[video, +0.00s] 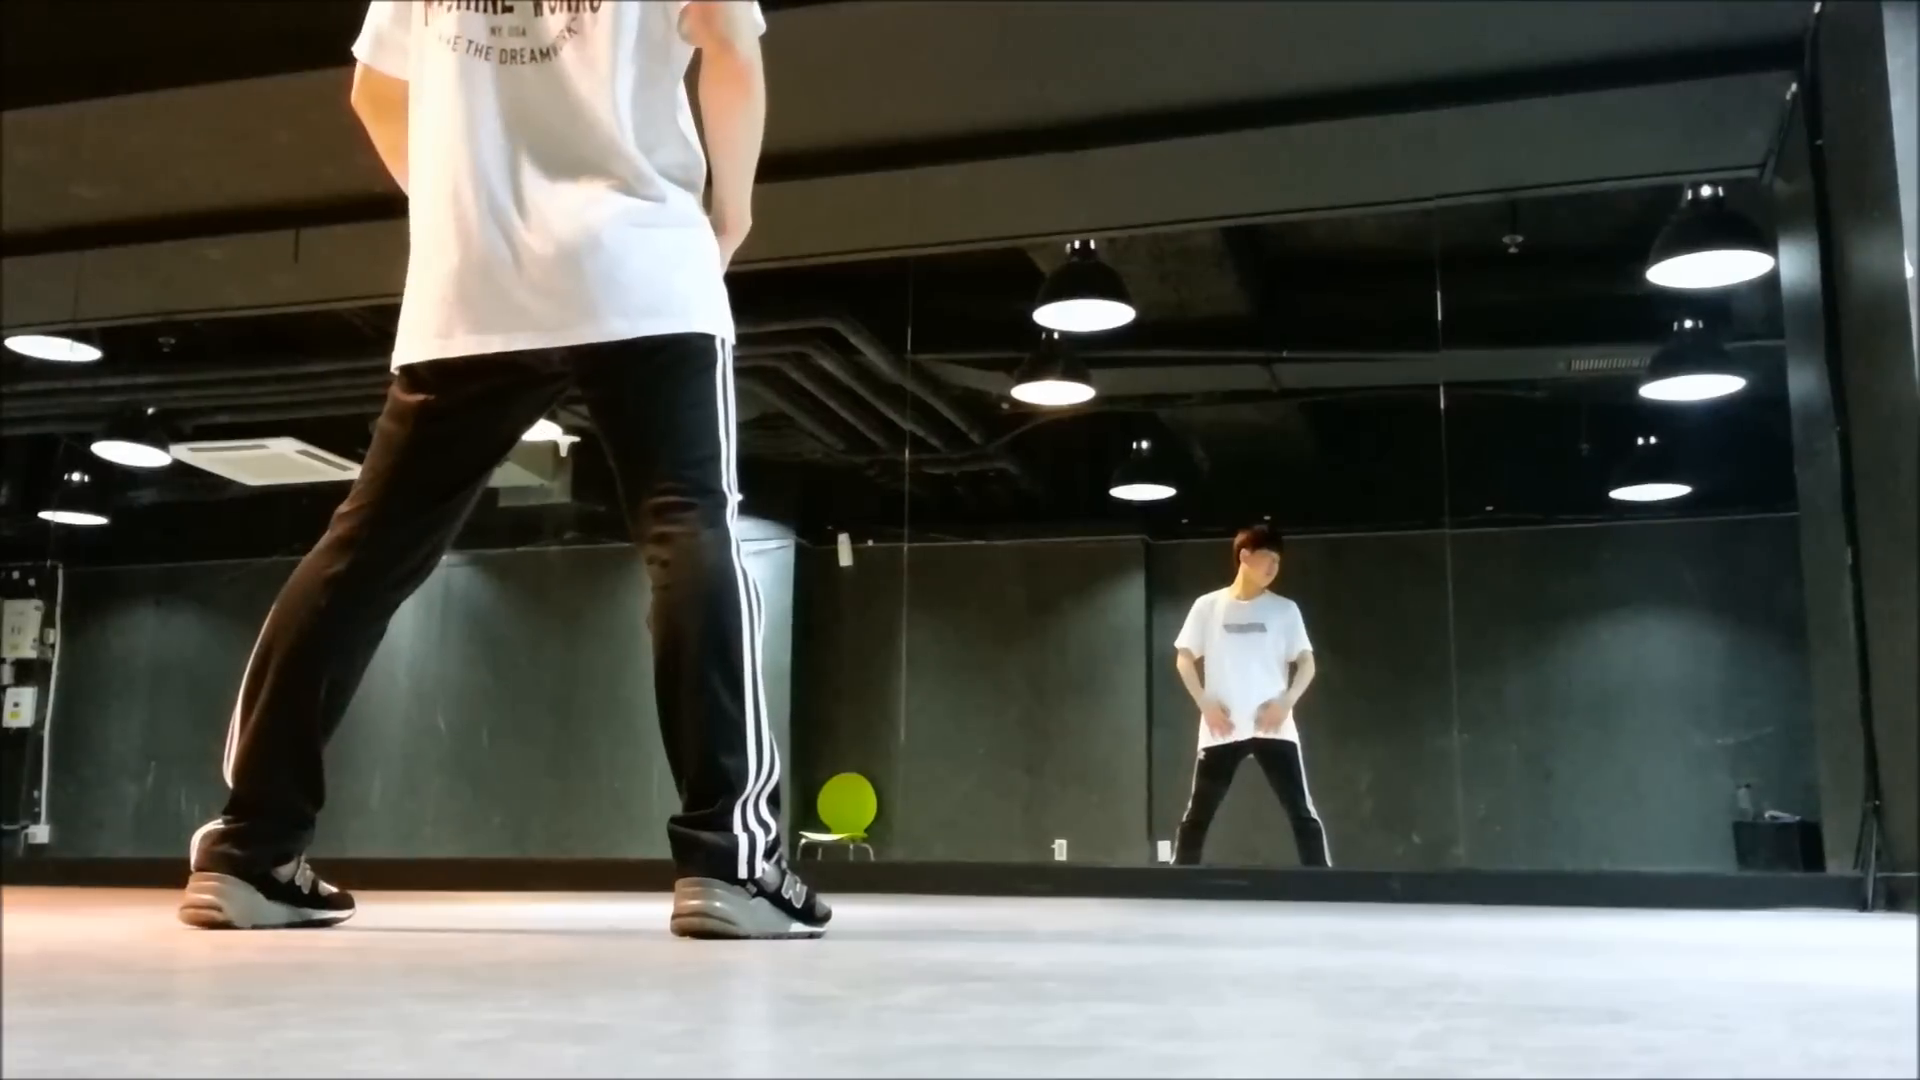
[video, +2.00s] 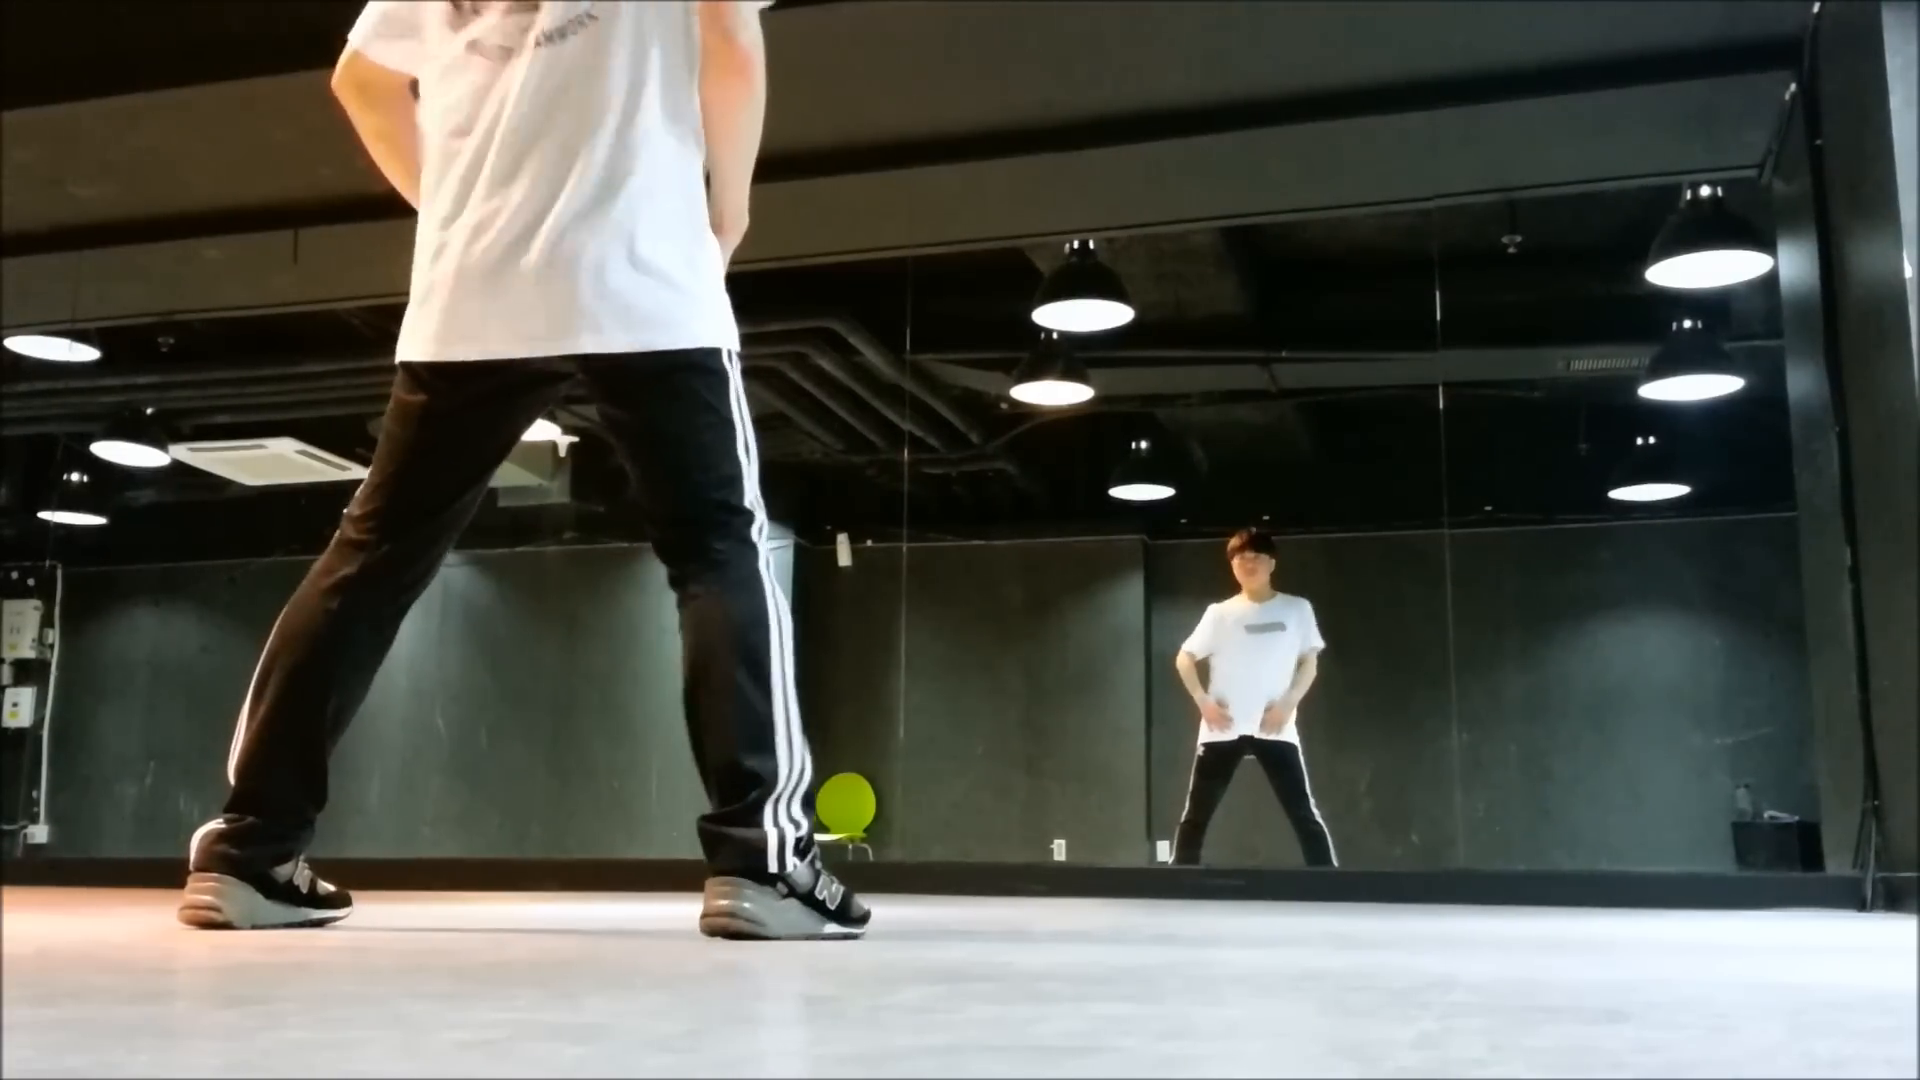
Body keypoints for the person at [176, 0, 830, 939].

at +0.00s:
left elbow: (377, 88)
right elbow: (728, 45)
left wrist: (460, 207)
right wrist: (730, 210)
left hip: (468, 255)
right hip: (637, 252)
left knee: (367, 549)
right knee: (688, 532)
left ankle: (246, 846)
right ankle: (730, 858)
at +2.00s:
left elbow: (364, 78)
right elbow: (731, 39)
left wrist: (463, 212)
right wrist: (725, 220)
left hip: (472, 273)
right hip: (642, 268)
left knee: (371, 557)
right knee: (719, 554)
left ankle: (244, 847)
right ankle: (761, 855)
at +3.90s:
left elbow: (375, 82)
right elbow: (786, 33)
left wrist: (474, 209)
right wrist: (736, 203)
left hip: (480, 258)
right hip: (647, 256)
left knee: (379, 551)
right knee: (726, 554)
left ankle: (237, 845)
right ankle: (762, 857)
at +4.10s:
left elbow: (381, 67)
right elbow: (769, 25)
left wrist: (466, 206)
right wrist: (750, 200)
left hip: (482, 255)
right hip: (649, 263)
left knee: (364, 549)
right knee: (728, 555)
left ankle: (235, 842)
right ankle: (763, 856)